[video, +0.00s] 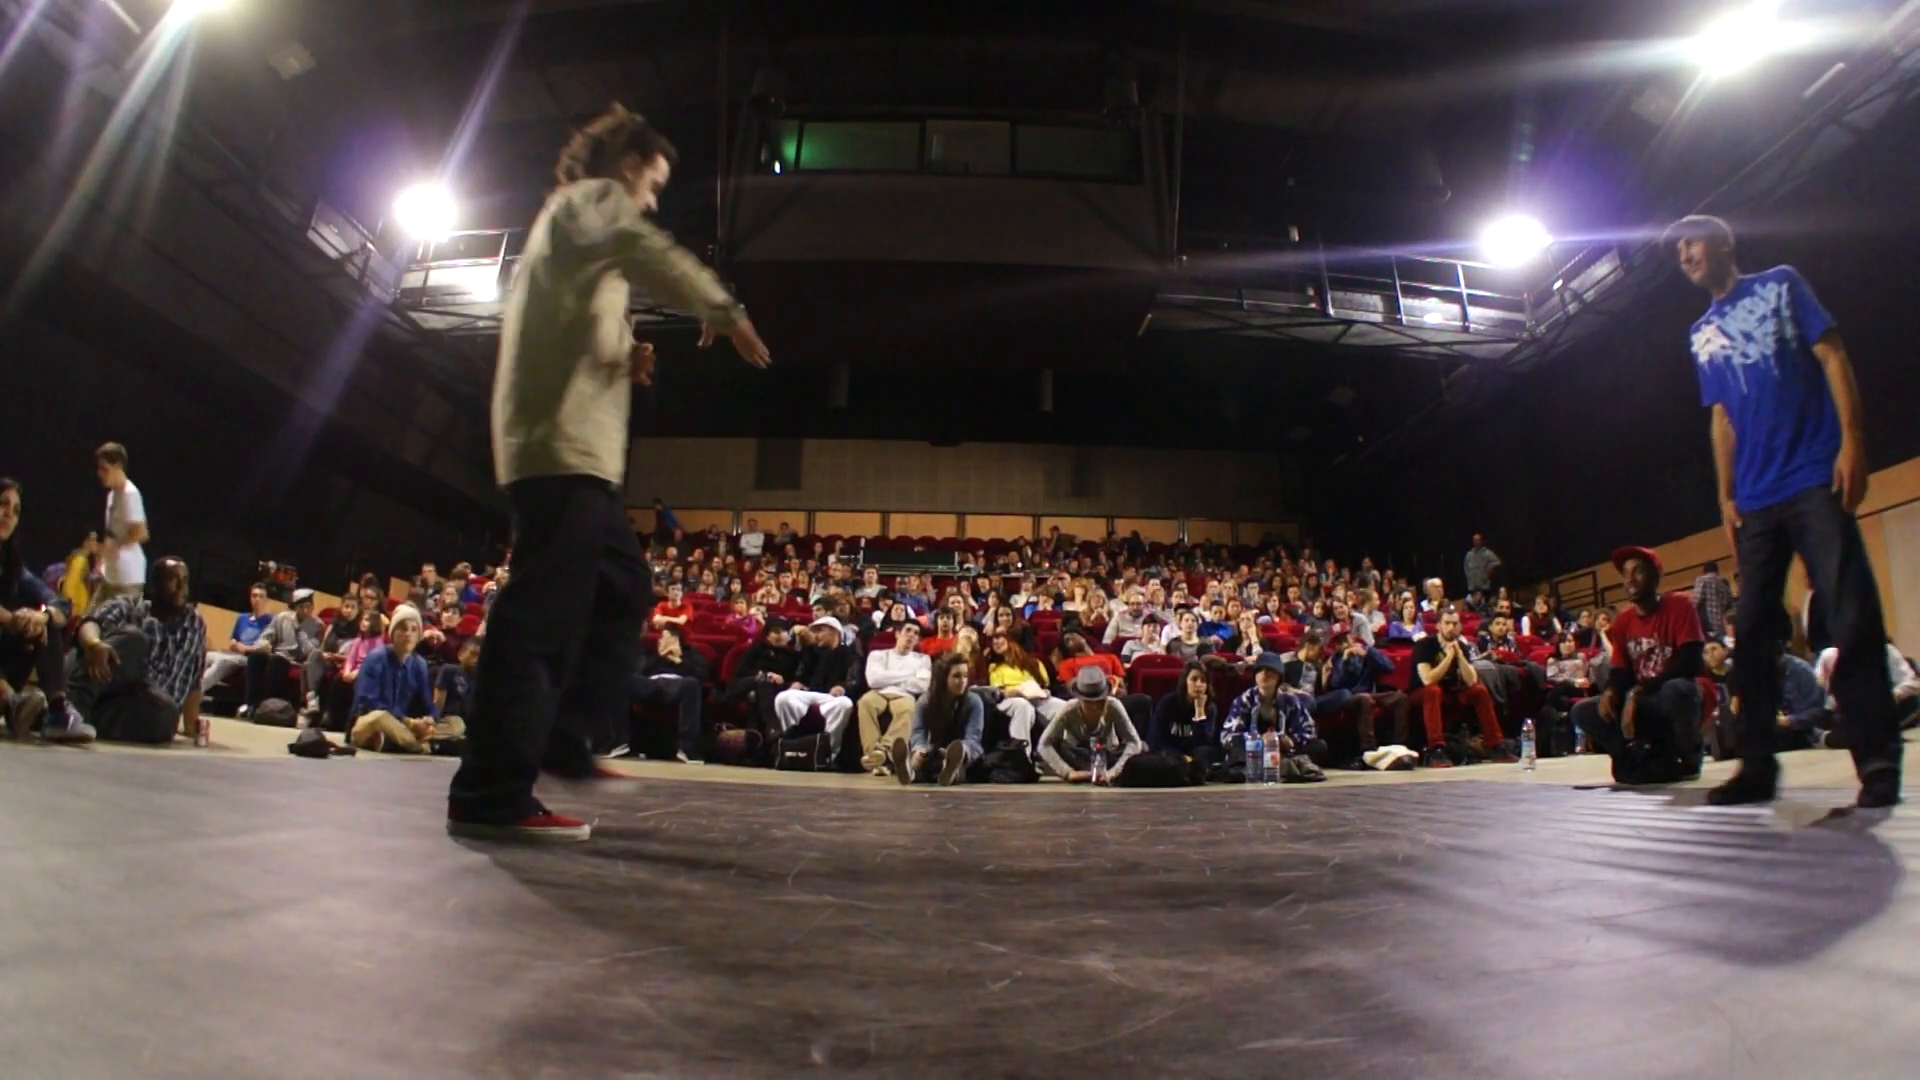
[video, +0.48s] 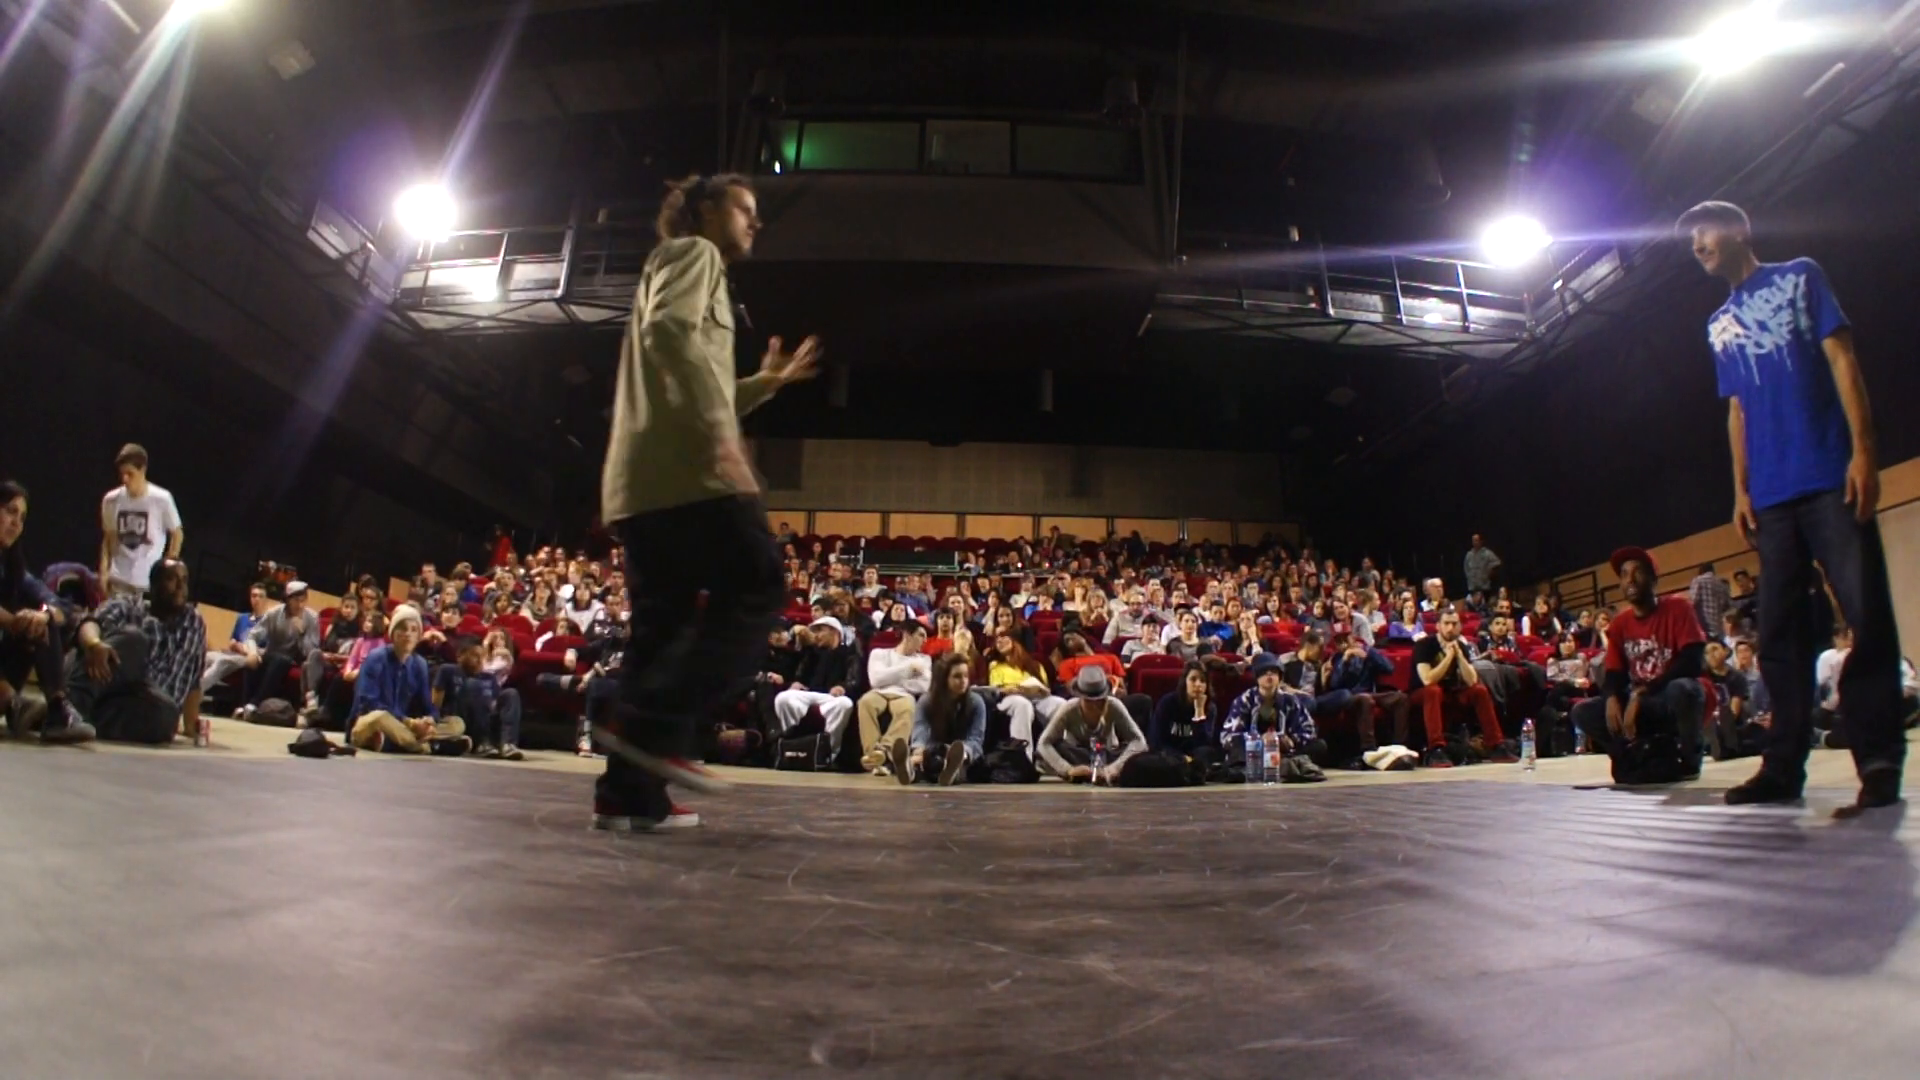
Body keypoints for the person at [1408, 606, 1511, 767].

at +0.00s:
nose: (1451, 628)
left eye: (1455, 624)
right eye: (1447, 623)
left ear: (1460, 627)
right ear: (1439, 626)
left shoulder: (1462, 647)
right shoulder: (1424, 646)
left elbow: (1471, 681)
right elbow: (1427, 678)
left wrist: (1459, 655)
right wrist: (1449, 657)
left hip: (1454, 692)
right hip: (1428, 693)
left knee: (1480, 691)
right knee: (1433, 691)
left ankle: (1496, 745)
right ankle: (1436, 748)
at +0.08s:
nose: (1450, 628)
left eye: (1455, 624)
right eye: (1446, 623)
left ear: (1460, 627)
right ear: (1439, 626)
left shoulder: (1462, 647)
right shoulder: (1424, 646)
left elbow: (1471, 681)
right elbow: (1427, 678)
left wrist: (1459, 655)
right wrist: (1449, 657)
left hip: (1454, 693)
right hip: (1427, 694)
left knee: (1480, 691)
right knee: (1433, 691)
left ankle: (1496, 745)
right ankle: (1436, 748)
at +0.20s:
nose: (1450, 629)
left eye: (1454, 624)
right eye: (1446, 624)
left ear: (1460, 627)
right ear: (1438, 626)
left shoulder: (1462, 646)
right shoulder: (1423, 646)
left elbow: (1471, 681)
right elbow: (1427, 678)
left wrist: (1458, 654)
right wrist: (1448, 657)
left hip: (1455, 692)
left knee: (1480, 691)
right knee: (1433, 691)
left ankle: (1496, 745)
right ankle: (1436, 748)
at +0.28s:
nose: (1450, 628)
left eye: (1454, 624)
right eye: (1446, 624)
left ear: (1460, 627)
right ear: (1438, 626)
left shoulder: (1462, 646)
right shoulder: (1423, 646)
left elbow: (1472, 681)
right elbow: (1427, 678)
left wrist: (1458, 654)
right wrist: (1449, 657)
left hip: (1454, 692)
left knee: (1480, 691)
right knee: (1433, 691)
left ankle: (1496, 745)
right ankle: (1436, 748)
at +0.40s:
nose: (1450, 628)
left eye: (1454, 624)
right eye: (1446, 624)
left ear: (1460, 627)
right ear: (1438, 626)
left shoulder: (1462, 646)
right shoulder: (1423, 646)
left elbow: (1472, 681)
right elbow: (1427, 678)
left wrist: (1459, 655)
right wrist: (1449, 657)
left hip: (1454, 692)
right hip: (1428, 693)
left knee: (1480, 691)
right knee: (1433, 691)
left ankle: (1497, 745)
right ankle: (1436, 748)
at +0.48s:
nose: (1450, 628)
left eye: (1454, 624)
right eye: (1446, 624)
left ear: (1460, 627)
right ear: (1438, 626)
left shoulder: (1462, 646)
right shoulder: (1424, 645)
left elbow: (1472, 681)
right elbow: (1427, 678)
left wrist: (1459, 655)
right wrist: (1449, 657)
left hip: (1454, 692)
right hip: (1427, 694)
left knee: (1480, 691)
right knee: (1433, 691)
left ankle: (1497, 745)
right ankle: (1436, 748)